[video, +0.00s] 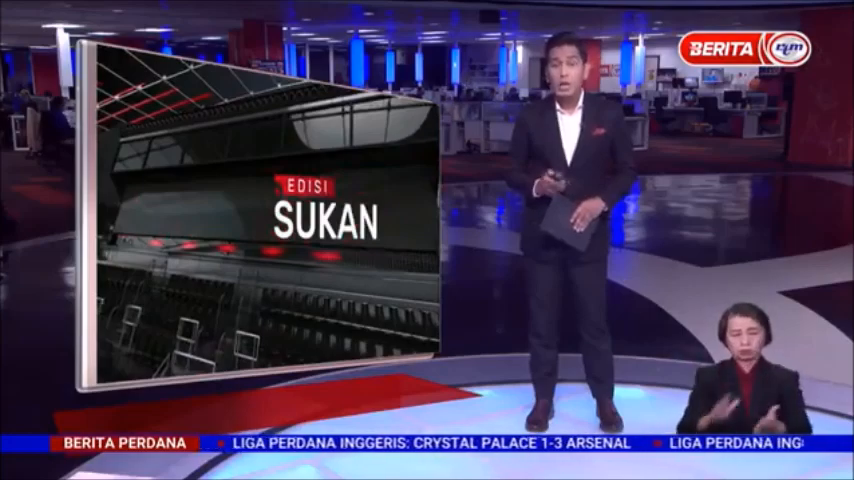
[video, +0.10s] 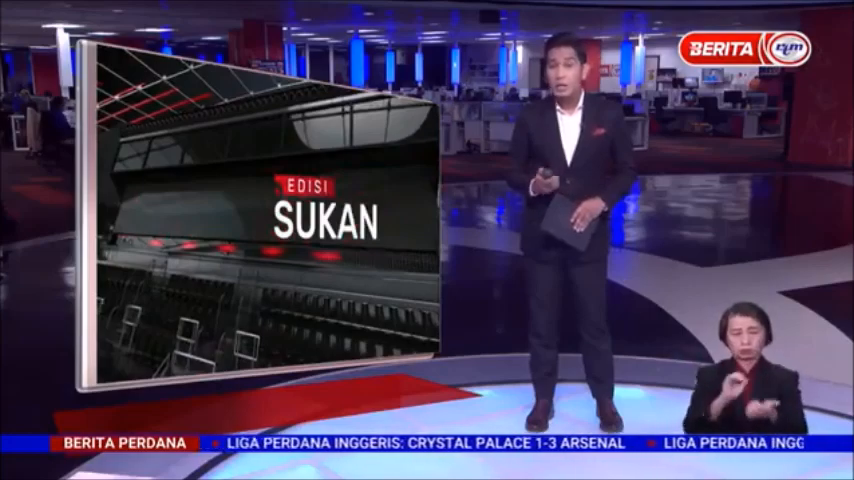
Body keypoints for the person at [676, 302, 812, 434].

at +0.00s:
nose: (745, 341)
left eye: (752, 333)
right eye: (736, 334)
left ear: (765, 337)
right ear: (725, 340)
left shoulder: (785, 379)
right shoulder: (708, 377)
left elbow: (804, 432)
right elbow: (684, 430)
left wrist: (777, 428)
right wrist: (710, 419)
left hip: (770, 465)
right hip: (716, 464)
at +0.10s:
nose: (745, 340)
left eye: (753, 332)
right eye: (737, 333)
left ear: (766, 336)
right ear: (726, 339)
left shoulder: (784, 379)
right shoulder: (709, 376)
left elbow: (799, 430)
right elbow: (691, 428)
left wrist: (772, 415)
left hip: (769, 461)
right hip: (717, 460)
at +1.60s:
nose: (740, 346)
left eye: (748, 337)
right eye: (732, 337)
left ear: (761, 340)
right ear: (721, 340)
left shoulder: (782, 379)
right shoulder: (704, 378)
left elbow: (812, 429)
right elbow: (678, 434)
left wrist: (778, 417)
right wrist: (707, 409)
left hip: (771, 465)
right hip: (714, 465)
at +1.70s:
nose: (735, 346)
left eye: (744, 338)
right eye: (728, 338)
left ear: (757, 341)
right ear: (718, 341)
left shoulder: (779, 378)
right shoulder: (702, 380)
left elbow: (807, 431)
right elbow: (683, 435)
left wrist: (776, 407)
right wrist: (715, 409)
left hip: (771, 463)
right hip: (715, 463)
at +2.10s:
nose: (724, 350)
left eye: (733, 342)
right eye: (717, 341)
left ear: (748, 345)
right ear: (707, 343)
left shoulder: (770, 377)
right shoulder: (696, 380)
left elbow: (800, 427)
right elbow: (682, 436)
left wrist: (771, 395)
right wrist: (705, 402)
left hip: (764, 460)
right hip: (711, 462)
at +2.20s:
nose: (723, 350)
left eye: (733, 342)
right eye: (717, 341)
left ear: (747, 345)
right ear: (706, 343)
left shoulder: (770, 378)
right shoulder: (695, 381)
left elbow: (799, 427)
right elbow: (680, 437)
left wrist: (772, 398)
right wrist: (703, 406)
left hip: (764, 461)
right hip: (711, 462)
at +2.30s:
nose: (723, 348)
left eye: (732, 341)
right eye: (716, 340)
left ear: (746, 344)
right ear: (706, 342)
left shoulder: (770, 377)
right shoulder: (694, 381)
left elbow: (799, 427)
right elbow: (679, 437)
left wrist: (771, 397)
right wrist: (702, 404)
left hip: (763, 461)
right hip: (710, 463)